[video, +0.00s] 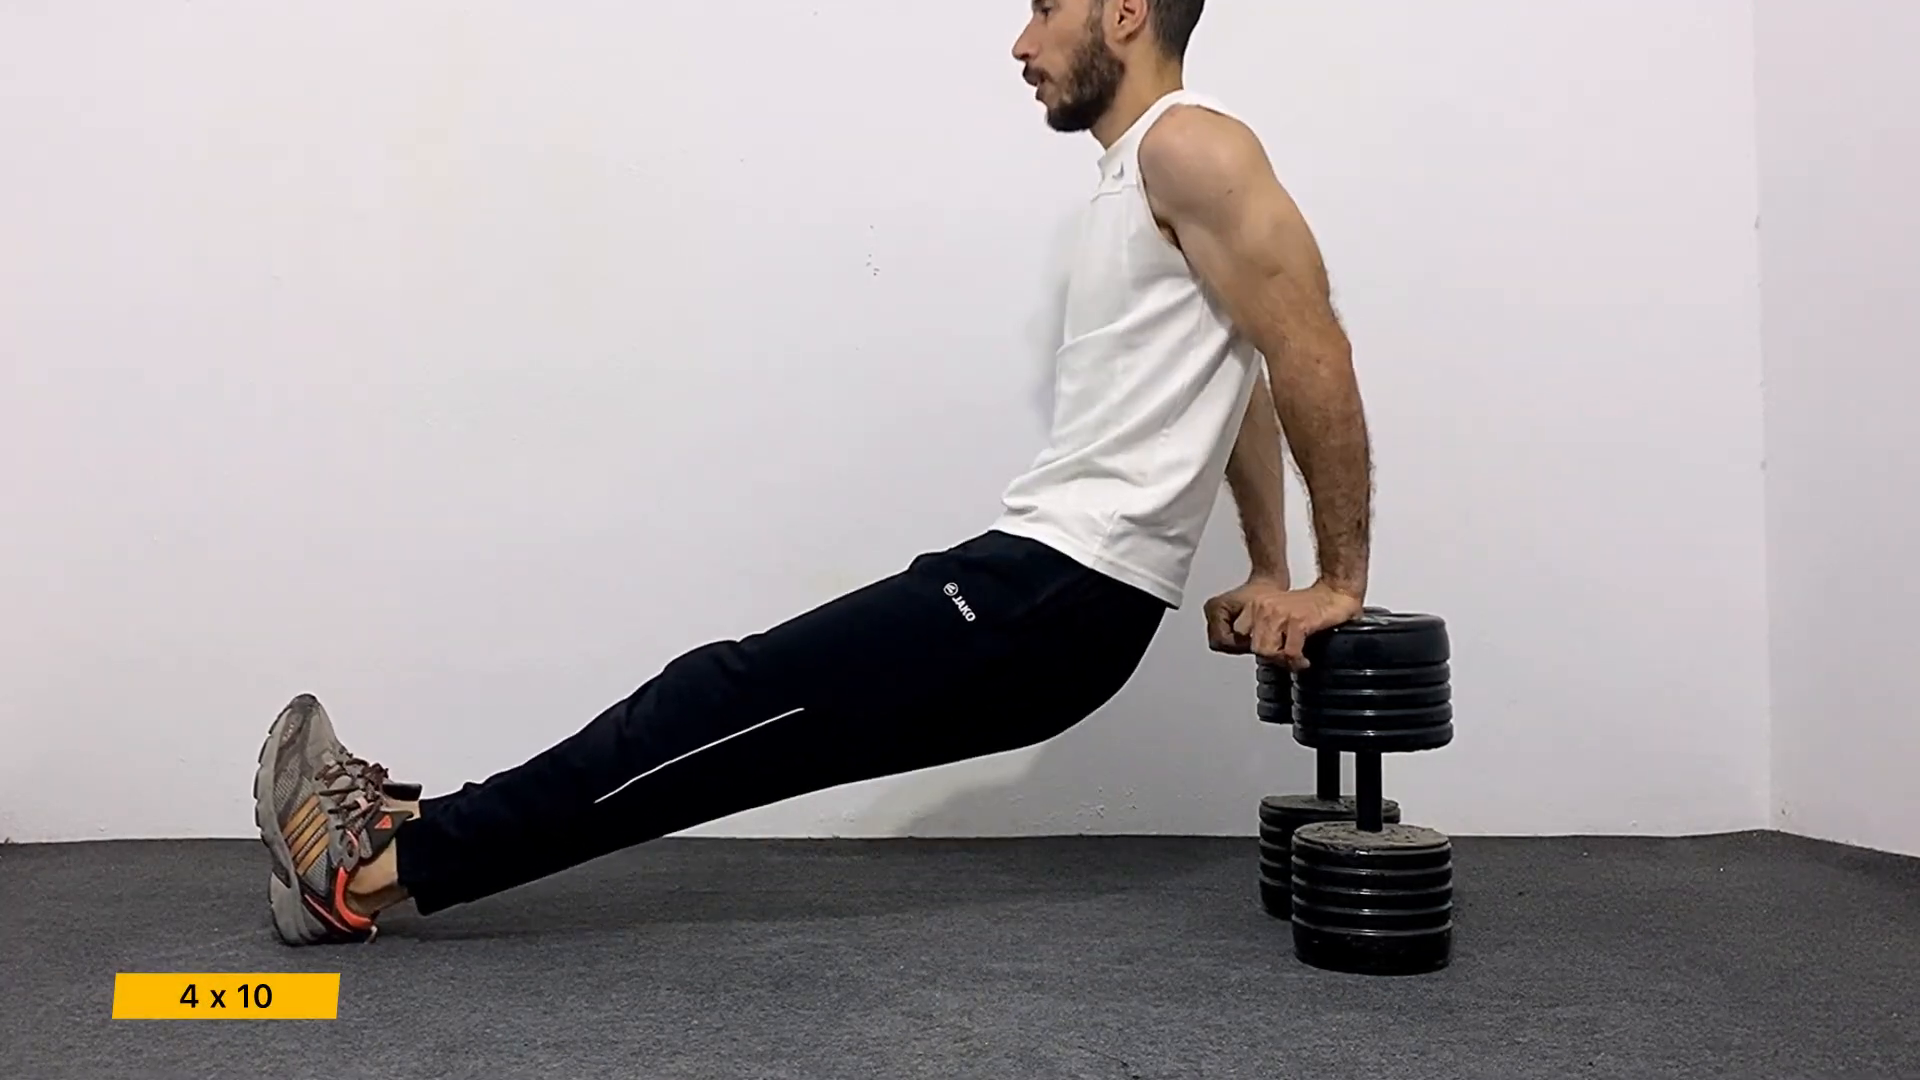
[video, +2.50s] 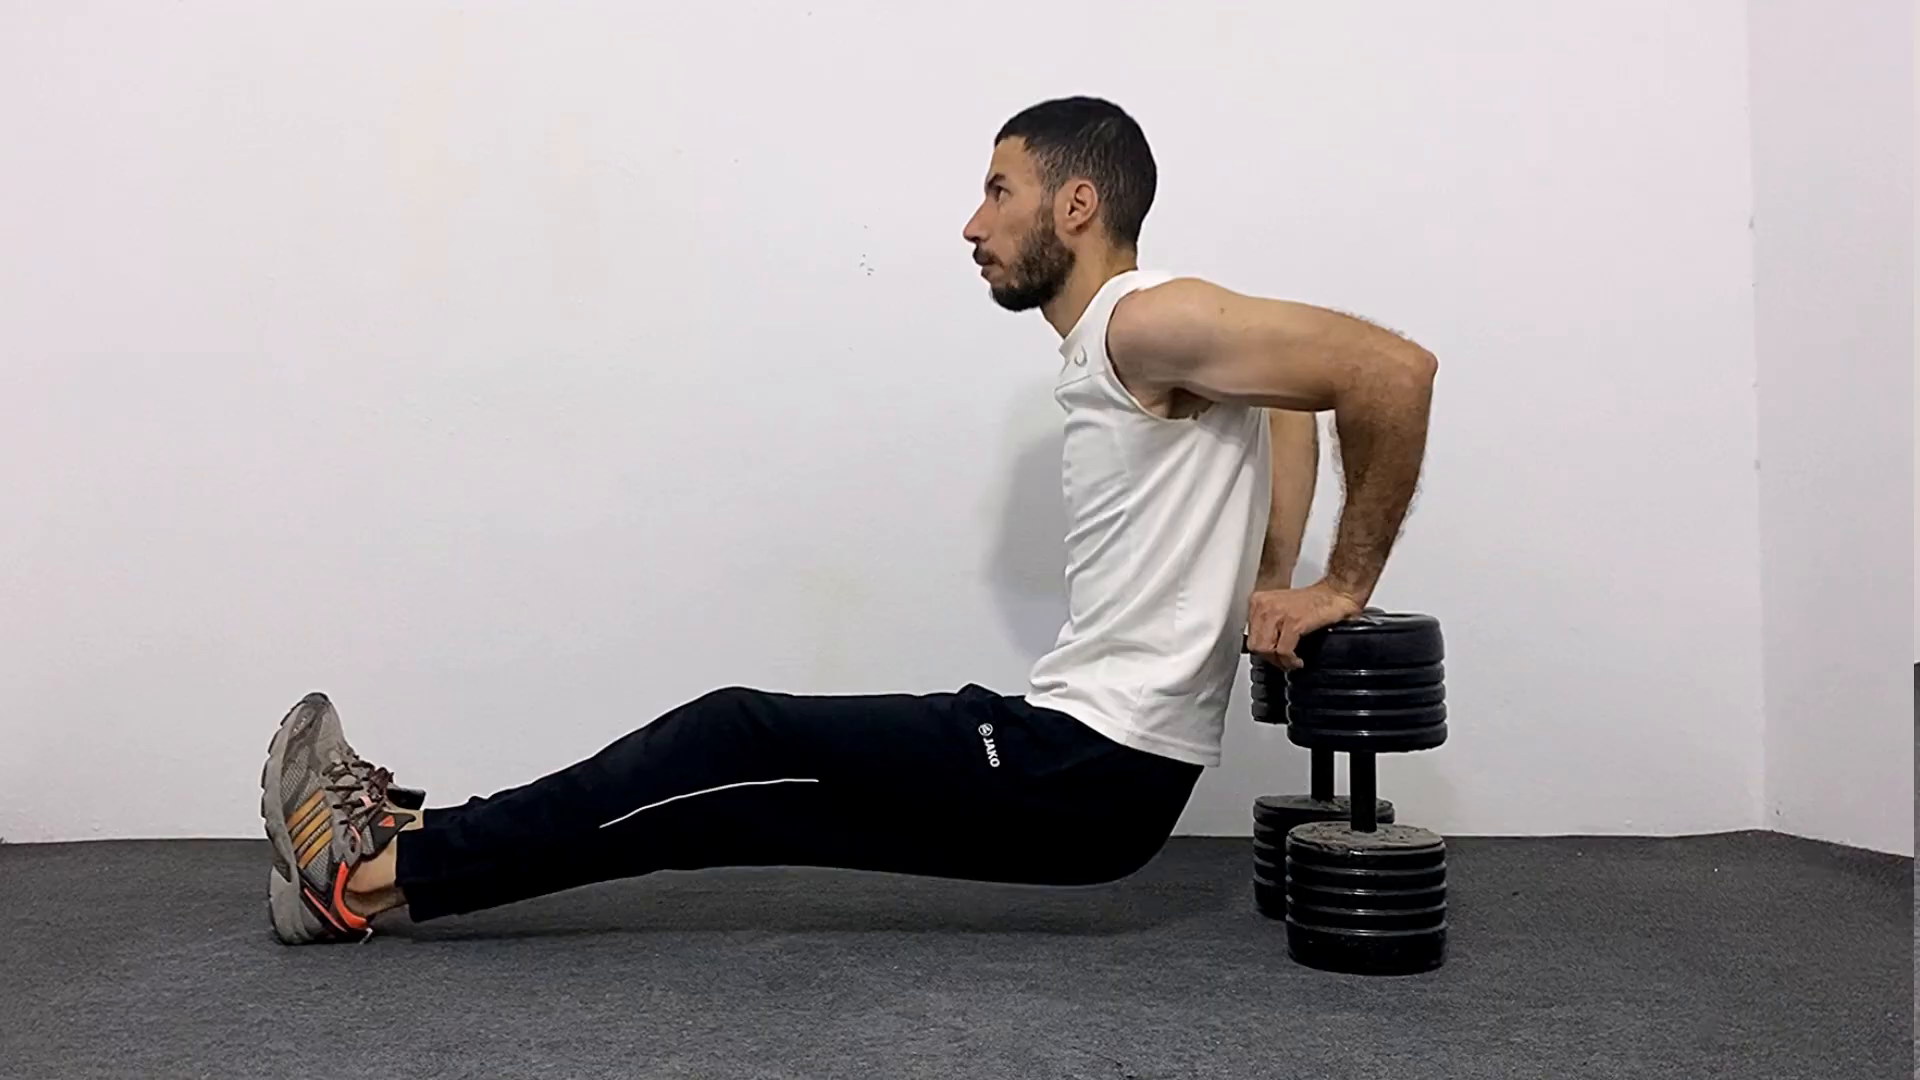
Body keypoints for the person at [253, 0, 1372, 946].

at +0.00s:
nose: (1021, 43)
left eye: (1042, 13)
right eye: (1027, 16)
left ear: (1128, 17)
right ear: (1112, 24)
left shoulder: (1189, 144)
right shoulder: (1146, 168)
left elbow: (1313, 350)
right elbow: (1244, 383)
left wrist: (1346, 579)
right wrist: (1263, 572)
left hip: (1063, 590)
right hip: (1041, 576)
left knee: (721, 714)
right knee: (715, 700)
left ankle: (379, 877)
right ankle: (412, 843)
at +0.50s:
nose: (992, 181)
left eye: (1013, 149)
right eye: (998, 152)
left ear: (1100, 159)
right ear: (1103, 164)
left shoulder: (1163, 286)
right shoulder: (1138, 294)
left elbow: (1395, 368)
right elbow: (1302, 374)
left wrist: (1354, 586)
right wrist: (1281, 572)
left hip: (1101, 720)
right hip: (1077, 702)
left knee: (737, 749)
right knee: (735, 745)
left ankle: (390, 871)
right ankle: (408, 854)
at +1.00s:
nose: (972, 276)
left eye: (995, 244)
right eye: (980, 246)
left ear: (1078, 251)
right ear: (1083, 253)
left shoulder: (1143, 370)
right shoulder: (1138, 373)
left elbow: (1401, 381)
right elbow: (1300, 412)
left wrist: (1354, 592)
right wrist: (1279, 580)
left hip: (1095, 808)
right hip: (1092, 799)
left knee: (737, 756)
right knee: (726, 821)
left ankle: (381, 873)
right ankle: (417, 848)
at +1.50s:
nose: (1000, 104)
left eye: (1023, 74)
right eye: (1006, 76)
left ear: (1102, 83)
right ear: (1095, 90)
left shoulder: (1172, 207)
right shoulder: (1144, 231)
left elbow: (1355, 358)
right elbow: (1276, 400)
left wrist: (1351, 585)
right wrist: (1269, 580)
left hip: (1084, 647)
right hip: (1071, 636)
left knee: (723, 724)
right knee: (724, 715)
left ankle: (390, 875)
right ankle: (416, 849)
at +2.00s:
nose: (1015, 66)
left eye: (1036, 36)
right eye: (1021, 39)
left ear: (1120, 40)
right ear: (1109, 46)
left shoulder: (1188, 164)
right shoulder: (1151, 189)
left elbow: (1334, 350)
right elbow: (1262, 389)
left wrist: (1351, 583)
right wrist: (1267, 578)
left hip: (1074, 617)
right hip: (1051, 599)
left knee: (722, 719)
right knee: (715, 707)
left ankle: (388, 874)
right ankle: (414, 843)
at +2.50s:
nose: (973, 227)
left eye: (996, 195)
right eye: (980, 199)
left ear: (1083, 202)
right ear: (1086, 206)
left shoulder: (1144, 323)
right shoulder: (1128, 322)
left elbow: (1395, 374)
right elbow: (1301, 378)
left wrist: (1347, 588)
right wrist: (1275, 566)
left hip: (1094, 758)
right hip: (1079, 744)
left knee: (733, 735)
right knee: (728, 783)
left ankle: (384, 868)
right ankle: (407, 855)